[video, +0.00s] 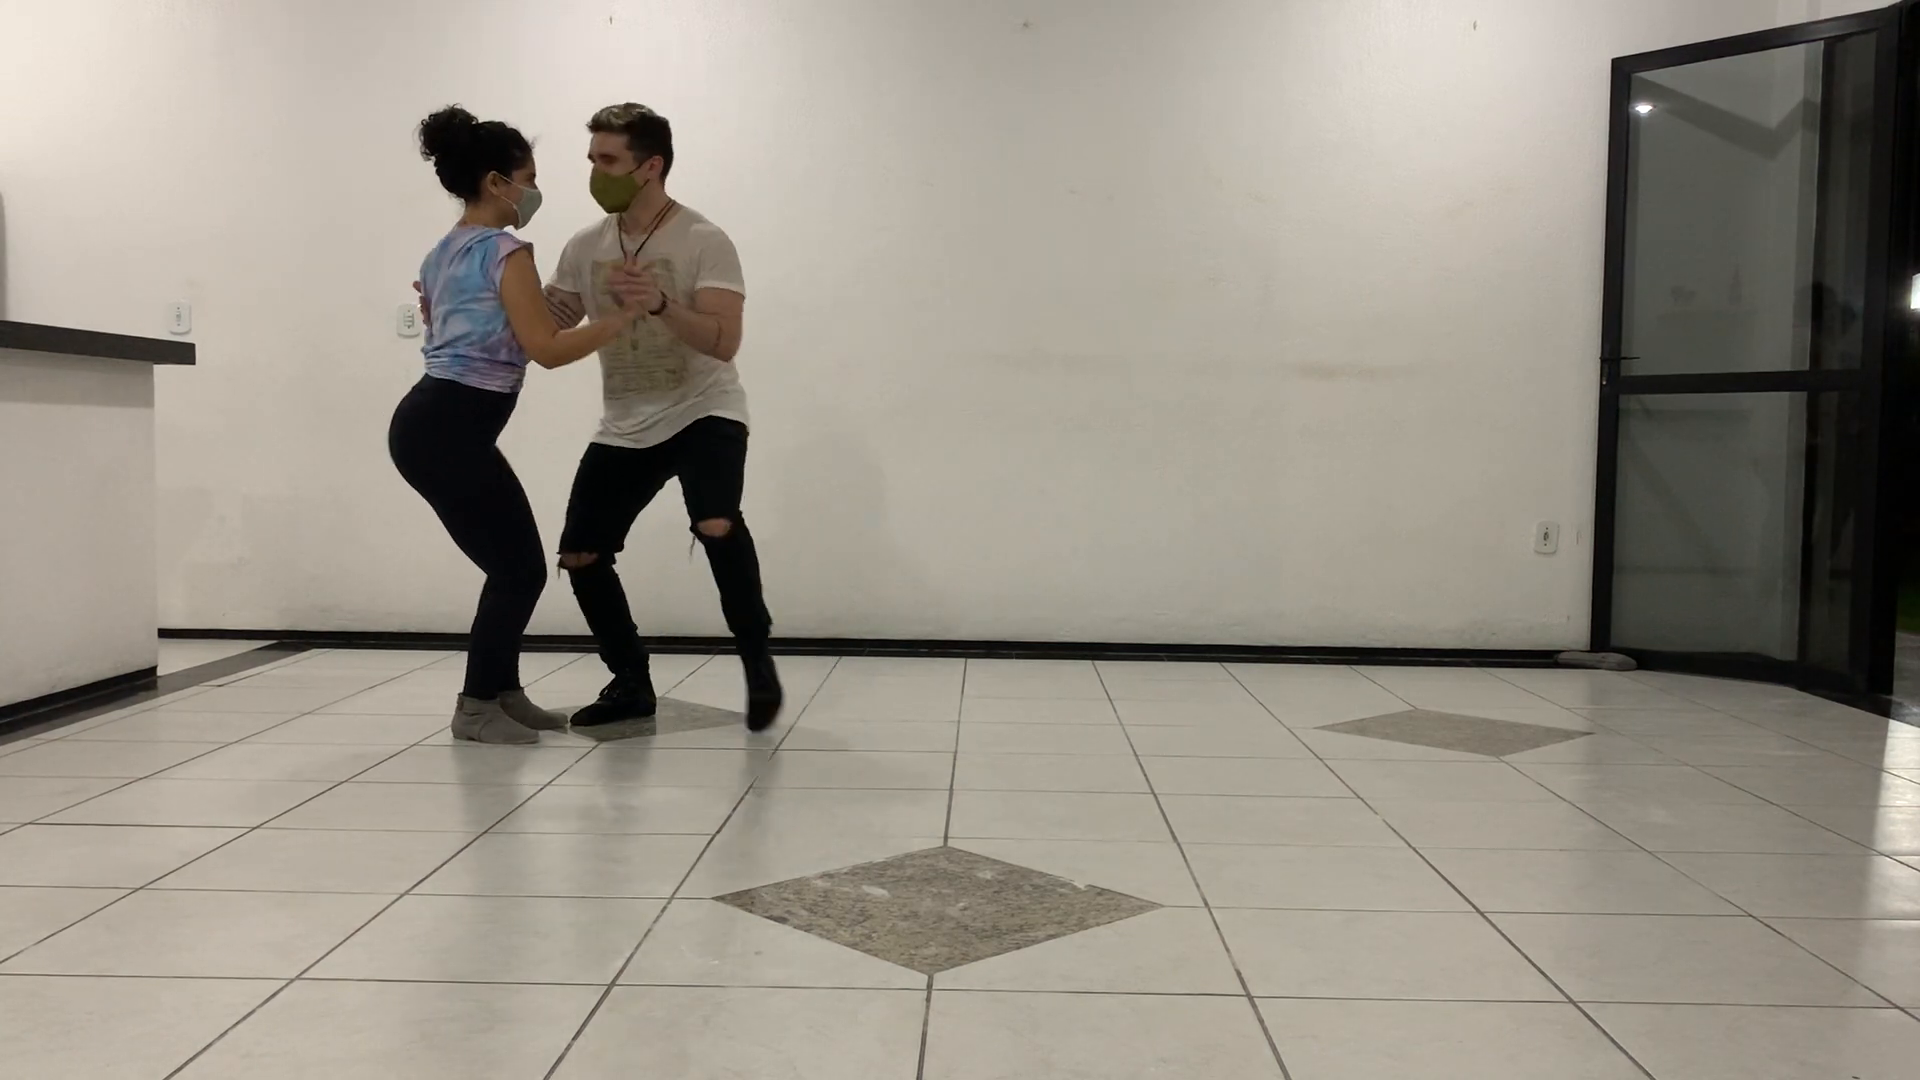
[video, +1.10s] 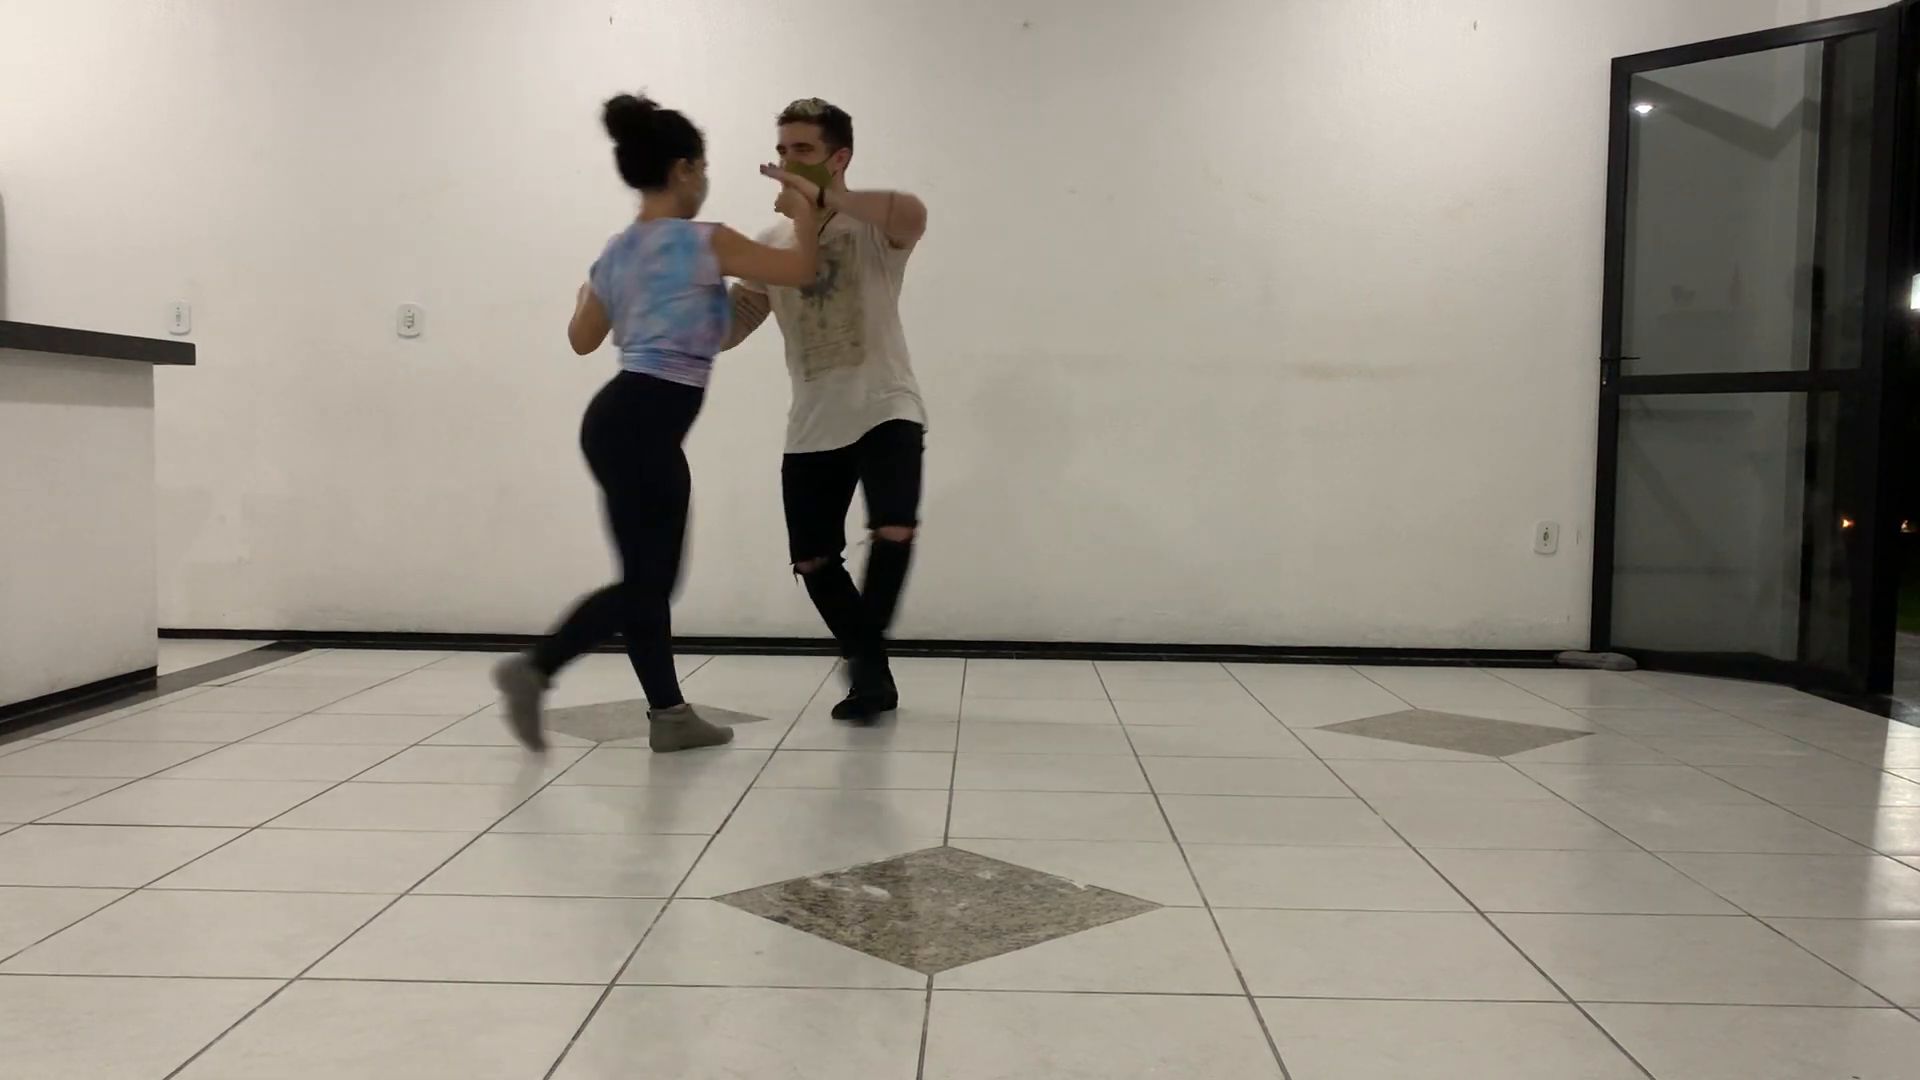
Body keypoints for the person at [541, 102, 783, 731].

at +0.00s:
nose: (594, 171)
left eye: (607, 161)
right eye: (592, 160)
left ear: (652, 166)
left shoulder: (704, 241)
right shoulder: (584, 249)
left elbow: (724, 340)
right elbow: (544, 330)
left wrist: (658, 304)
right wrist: (457, 305)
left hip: (705, 405)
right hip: (627, 421)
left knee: (716, 522)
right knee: (582, 551)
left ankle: (757, 667)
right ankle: (632, 686)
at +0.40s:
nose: (654, 162)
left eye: (667, 151)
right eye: (650, 151)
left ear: (710, 156)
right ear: (650, 156)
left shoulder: (766, 234)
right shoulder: (642, 247)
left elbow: (791, 331)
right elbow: (561, 298)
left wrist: (712, 303)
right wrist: (467, 293)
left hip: (795, 407)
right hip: (718, 416)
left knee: (771, 547)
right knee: (666, 541)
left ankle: (737, 682)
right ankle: (639, 684)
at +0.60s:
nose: (696, 174)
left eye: (709, 162)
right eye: (691, 162)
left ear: (751, 168)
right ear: (690, 166)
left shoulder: (799, 235)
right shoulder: (694, 251)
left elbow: (790, 302)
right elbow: (628, 314)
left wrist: (712, 258)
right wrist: (552, 331)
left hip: (828, 418)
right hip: (752, 422)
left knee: (792, 554)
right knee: (687, 535)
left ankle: (742, 681)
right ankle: (659, 667)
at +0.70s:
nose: (719, 177)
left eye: (733, 166)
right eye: (717, 166)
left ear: (776, 173)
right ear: (719, 172)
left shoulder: (818, 241)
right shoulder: (715, 255)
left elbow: (798, 302)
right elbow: (651, 315)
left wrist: (717, 271)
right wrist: (577, 335)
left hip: (834, 424)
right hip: (760, 426)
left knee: (795, 557)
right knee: (699, 535)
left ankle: (742, 679)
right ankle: (740, 644)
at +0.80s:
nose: (741, 174)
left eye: (755, 164)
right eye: (738, 163)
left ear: (797, 172)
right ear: (736, 166)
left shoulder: (835, 244)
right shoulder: (731, 248)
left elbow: (833, 306)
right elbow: (673, 316)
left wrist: (755, 289)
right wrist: (602, 336)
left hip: (838, 426)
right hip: (766, 429)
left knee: (798, 562)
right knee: (725, 552)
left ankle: (743, 678)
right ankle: (819, 644)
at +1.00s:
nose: (770, 164)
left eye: (784, 153)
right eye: (765, 153)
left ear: (824, 160)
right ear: (761, 159)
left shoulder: (858, 224)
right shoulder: (758, 245)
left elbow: (912, 261)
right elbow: (718, 336)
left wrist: (826, 227)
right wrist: (665, 294)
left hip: (865, 407)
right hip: (795, 420)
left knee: (834, 544)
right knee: (799, 562)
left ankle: (770, 675)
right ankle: (872, 676)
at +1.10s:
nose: (788, 162)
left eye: (802, 150)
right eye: (782, 151)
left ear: (839, 156)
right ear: (774, 158)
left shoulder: (878, 220)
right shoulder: (774, 245)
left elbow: (911, 217)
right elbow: (727, 328)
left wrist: (837, 199)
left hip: (885, 399)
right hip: (815, 415)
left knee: (895, 527)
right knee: (813, 559)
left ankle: (863, 660)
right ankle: (875, 684)